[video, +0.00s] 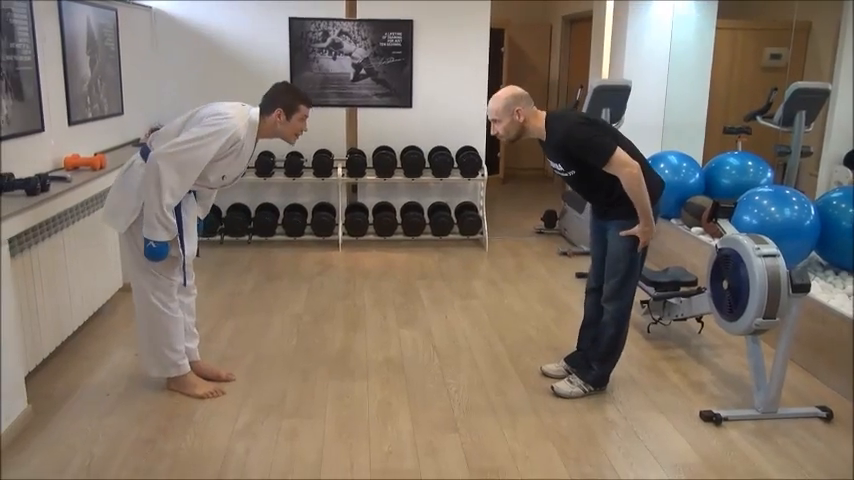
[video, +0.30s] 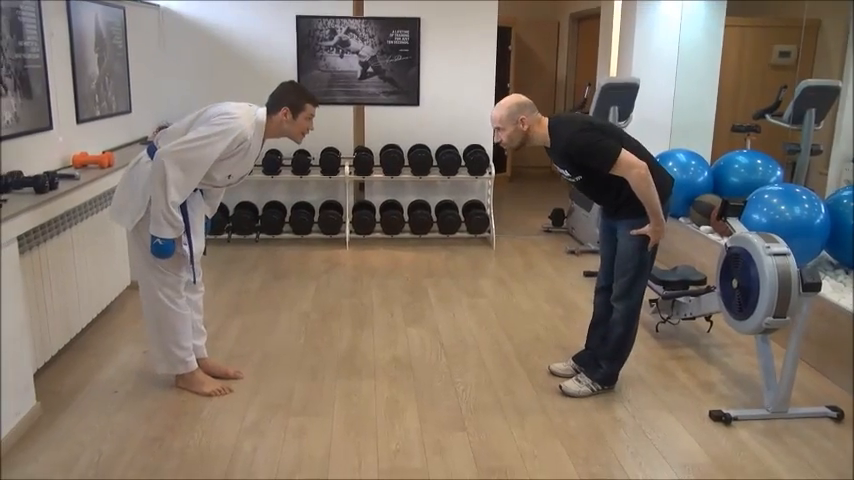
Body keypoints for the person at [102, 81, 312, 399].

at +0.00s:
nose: (305, 128)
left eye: (306, 121)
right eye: (302, 120)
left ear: (278, 116)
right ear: (279, 116)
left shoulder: (249, 135)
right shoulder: (229, 124)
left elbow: (208, 183)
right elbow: (163, 162)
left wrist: (193, 221)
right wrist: (158, 231)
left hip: (176, 200)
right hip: (148, 200)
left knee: (184, 281)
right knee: (163, 285)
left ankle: (190, 360)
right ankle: (176, 373)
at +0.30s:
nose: (311, 127)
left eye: (312, 120)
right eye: (308, 119)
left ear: (284, 114)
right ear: (285, 114)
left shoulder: (256, 136)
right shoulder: (236, 124)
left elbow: (215, 184)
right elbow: (168, 159)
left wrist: (199, 224)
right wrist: (165, 228)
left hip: (182, 197)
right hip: (154, 196)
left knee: (191, 278)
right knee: (170, 283)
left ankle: (198, 358)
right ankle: (184, 371)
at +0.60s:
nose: (310, 99)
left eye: (311, 91)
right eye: (306, 90)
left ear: (281, 90)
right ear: (282, 89)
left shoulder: (257, 117)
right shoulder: (236, 109)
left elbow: (226, 168)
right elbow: (178, 156)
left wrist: (214, 207)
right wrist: (176, 224)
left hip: (194, 193)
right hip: (166, 192)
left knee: (199, 275)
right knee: (178, 280)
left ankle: (205, 355)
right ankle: (190, 368)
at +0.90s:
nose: (279, 40)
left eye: (278, 33)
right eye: (272, 33)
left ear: (251, 38)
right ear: (248, 36)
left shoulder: (245, 81)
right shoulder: (216, 77)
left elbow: (239, 150)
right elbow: (193, 148)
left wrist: (245, 201)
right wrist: (204, 216)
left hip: (227, 193)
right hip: (200, 195)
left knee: (218, 282)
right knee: (196, 287)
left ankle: (212, 361)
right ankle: (194, 374)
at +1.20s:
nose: (263, 69)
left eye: (262, 61)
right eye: (256, 62)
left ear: (236, 69)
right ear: (231, 68)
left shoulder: (241, 114)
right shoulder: (207, 113)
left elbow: (251, 184)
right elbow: (203, 186)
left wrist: (266, 233)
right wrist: (228, 252)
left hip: (247, 226)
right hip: (216, 228)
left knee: (251, 312)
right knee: (212, 321)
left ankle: (221, 396)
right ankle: (198, 414)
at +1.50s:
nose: (277, 88)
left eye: (277, 82)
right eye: (271, 81)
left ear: (252, 82)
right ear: (246, 79)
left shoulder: (257, 126)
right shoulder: (215, 124)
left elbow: (276, 186)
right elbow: (242, 192)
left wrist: (303, 225)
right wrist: (298, 225)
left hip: (263, 236)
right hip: (225, 238)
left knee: (283, 321)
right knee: (218, 333)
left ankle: (303, 405)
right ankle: (205, 425)